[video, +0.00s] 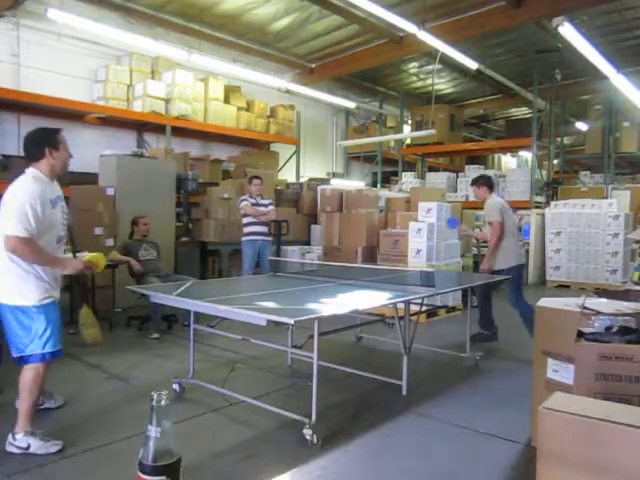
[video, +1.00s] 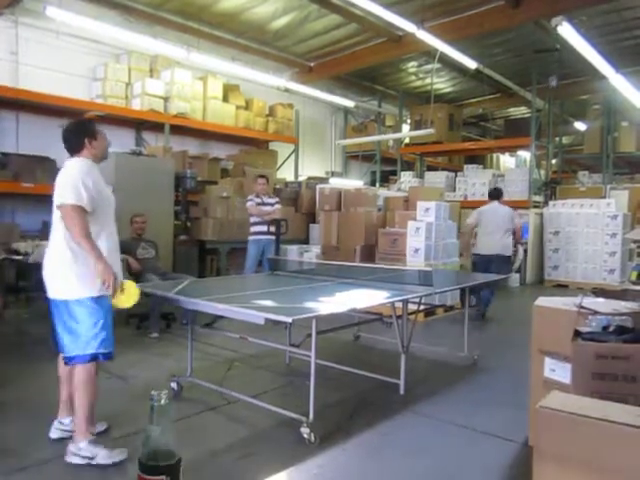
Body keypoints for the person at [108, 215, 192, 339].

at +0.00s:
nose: (147, 228)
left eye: (148, 225)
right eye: (144, 225)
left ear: (149, 227)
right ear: (135, 227)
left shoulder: (154, 245)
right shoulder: (128, 244)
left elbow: (158, 262)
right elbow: (112, 255)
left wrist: (163, 272)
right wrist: (130, 260)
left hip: (162, 275)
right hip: (146, 276)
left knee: (192, 283)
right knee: (158, 292)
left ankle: (188, 320)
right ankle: (154, 329)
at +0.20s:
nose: (148, 228)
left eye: (148, 225)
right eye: (144, 225)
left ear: (149, 227)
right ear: (135, 227)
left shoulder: (154, 245)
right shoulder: (128, 244)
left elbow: (157, 262)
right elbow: (112, 256)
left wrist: (162, 272)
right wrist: (130, 260)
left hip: (162, 275)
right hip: (145, 276)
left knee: (192, 283)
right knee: (159, 291)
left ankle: (188, 321)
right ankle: (154, 329)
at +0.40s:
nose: (148, 227)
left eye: (148, 225)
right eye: (144, 225)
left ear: (149, 227)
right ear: (135, 227)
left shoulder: (153, 244)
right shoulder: (128, 244)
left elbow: (157, 261)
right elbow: (116, 257)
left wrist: (161, 272)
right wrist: (131, 260)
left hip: (162, 274)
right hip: (145, 276)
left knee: (192, 283)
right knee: (158, 291)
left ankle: (189, 320)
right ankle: (155, 329)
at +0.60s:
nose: (145, 227)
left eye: (146, 224)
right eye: (142, 224)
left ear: (148, 226)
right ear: (134, 227)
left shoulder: (154, 245)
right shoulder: (128, 244)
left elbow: (157, 262)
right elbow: (112, 256)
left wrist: (162, 272)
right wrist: (130, 260)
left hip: (160, 273)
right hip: (145, 274)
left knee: (192, 283)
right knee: (159, 290)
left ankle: (188, 320)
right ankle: (155, 329)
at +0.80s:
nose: (141, 227)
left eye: (143, 224)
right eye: (137, 224)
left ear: (146, 226)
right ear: (131, 226)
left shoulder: (152, 244)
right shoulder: (126, 244)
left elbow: (155, 262)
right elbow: (112, 255)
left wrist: (159, 272)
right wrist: (128, 260)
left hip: (160, 274)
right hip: (143, 275)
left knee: (190, 282)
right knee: (159, 290)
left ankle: (187, 320)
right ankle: (154, 329)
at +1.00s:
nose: (140, 226)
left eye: (143, 223)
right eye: (137, 223)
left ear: (146, 225)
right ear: (131, 225)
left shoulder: (152, 244)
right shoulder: (125, 243)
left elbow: (156, 262)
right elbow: (114, 254)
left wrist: (161, 271)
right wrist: (128, 258)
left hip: (159, 273)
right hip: (142, 273)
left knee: (189, 281)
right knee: (160, 288)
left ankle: (186, 319)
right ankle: (154, 328)